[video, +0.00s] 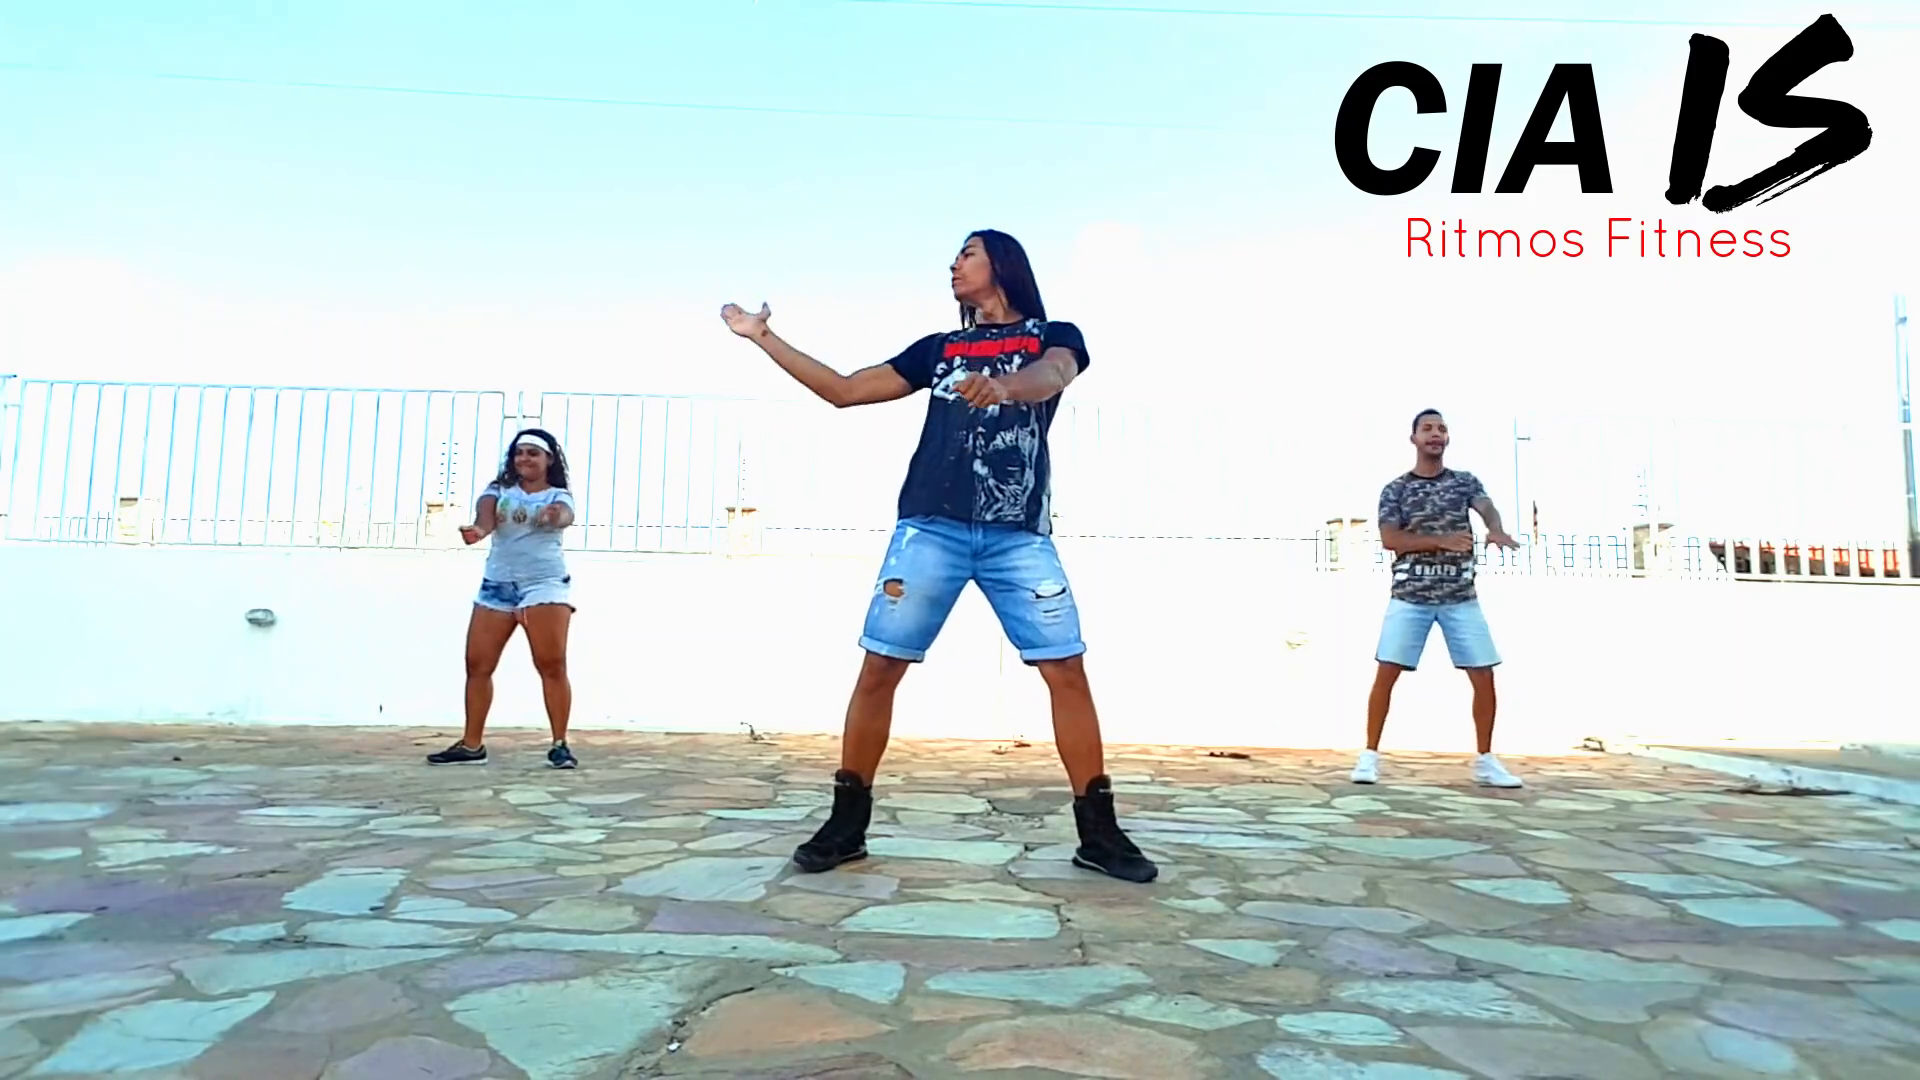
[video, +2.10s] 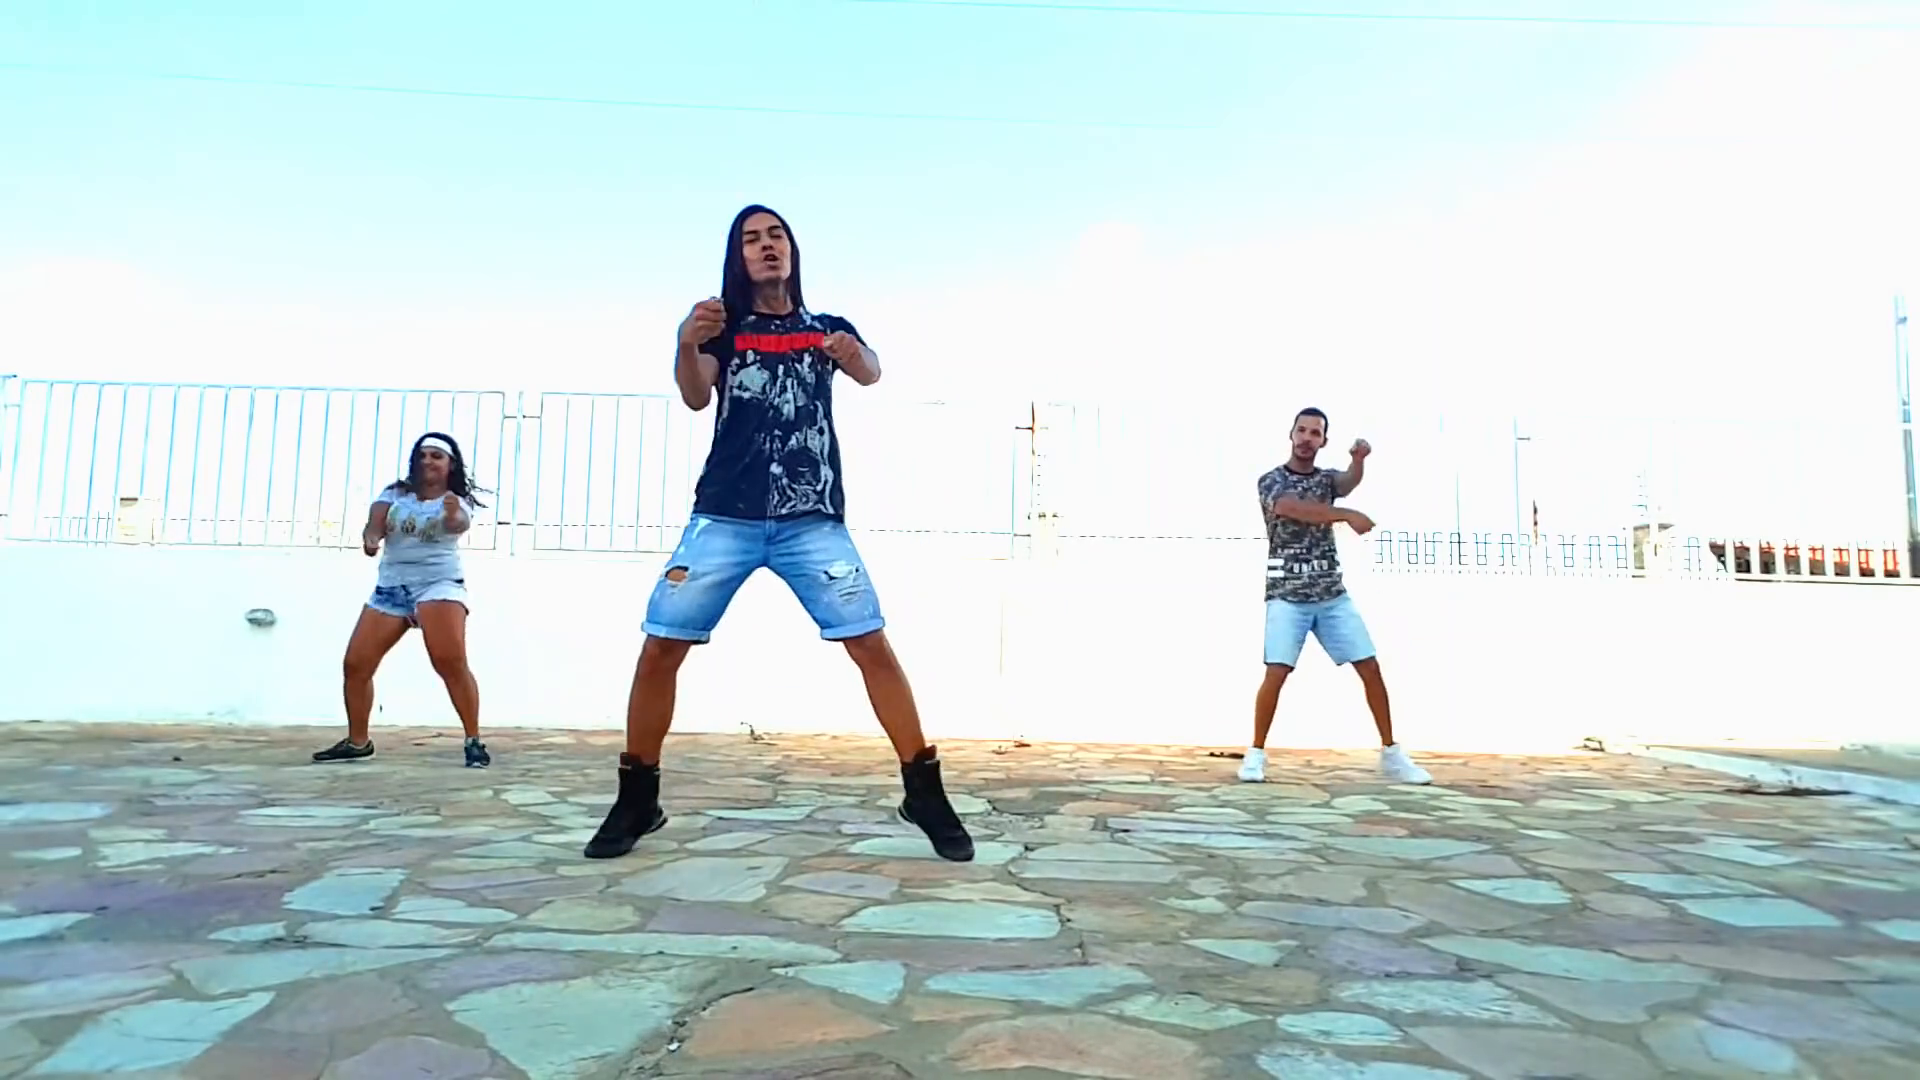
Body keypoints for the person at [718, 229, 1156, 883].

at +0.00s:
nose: (954, 266)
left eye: (967, 255)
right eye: (956, 257)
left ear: (1001, 267)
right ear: (975, 274)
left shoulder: (1055, 335)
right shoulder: (942, 347)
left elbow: (1054, 374)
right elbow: (845, 388)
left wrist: (1005, 386)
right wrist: (765, 336)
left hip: (1018, 534)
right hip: (929, 529)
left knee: (1066, 668)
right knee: (878, 668)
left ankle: (1099, 832)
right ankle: (845, 822)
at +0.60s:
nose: (1020, 253)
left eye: (1026, 249)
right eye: (1003, 247)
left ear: (1035, 275)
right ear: (974, 274)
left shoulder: (1057, 335)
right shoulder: (941, 354)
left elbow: (1053, 391)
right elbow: (873, 438)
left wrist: (1006, 423)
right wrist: (779, 426)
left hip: (1018, 538)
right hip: (928, 533)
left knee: (1073, 669)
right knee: (870, 666)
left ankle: (1099, 831)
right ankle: (842, 823)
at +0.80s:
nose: (986, 244)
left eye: (993, 235)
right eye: (971, 241)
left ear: (1013, 254)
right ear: (956, 268)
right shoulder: (938, 341)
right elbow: (910, 439)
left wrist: (1017, 462)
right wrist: (860, 484)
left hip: (1023, 532)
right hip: (933, 527)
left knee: (1073, 667)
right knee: (880, 666)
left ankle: (1101, 831)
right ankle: (843, 822)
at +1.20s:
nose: (948, 246)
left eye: (958, 236)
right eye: (934, 240)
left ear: (978, 253)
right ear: (919, 263)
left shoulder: (1017, 326)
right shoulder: (899, 332)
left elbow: (1033, 368)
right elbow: (857, 410)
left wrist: (1015, 385)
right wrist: (803, 393)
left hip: (994, 520)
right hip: (904, 518)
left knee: (1051, 655)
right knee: (844, 654)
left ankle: (1105, 811)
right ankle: (823, 806)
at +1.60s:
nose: (877, 284)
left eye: (885, 272)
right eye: (863, 276)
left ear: (904, 283)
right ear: (848, 291)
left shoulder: (933, 358)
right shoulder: (822, 358)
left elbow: (963, 398)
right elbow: (778, 403)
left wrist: (925, 396)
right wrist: (816, 382)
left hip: (916, 551)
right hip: (828, 548)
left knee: (981, 674)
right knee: (760, 670)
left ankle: (1019, 820)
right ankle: (744, 820)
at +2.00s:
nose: (787, 280)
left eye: (796, 269)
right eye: (773, 273)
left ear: (814, 283)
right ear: (757, 291)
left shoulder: (839, 355)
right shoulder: (732, 363)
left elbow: (870, 393)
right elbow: (721, 414)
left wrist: (842, 359)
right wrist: (772, 387)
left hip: (828, 557)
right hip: (737, 552)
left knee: (887, 678)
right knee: (660, 672)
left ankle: (924, 812)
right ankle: (642, 813)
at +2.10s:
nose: (767, 246)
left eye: (776, 236)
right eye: (753, 239)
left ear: (794, 251)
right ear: (736, 257)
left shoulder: (826, 326)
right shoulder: (716, 326)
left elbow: (868, 375)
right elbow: (696, 399)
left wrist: (850, 351)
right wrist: (689, 343)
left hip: (811, 519)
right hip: (723, 519)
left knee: (871, 643)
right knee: (660, 648)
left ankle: (925, 789)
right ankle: (636, 796)